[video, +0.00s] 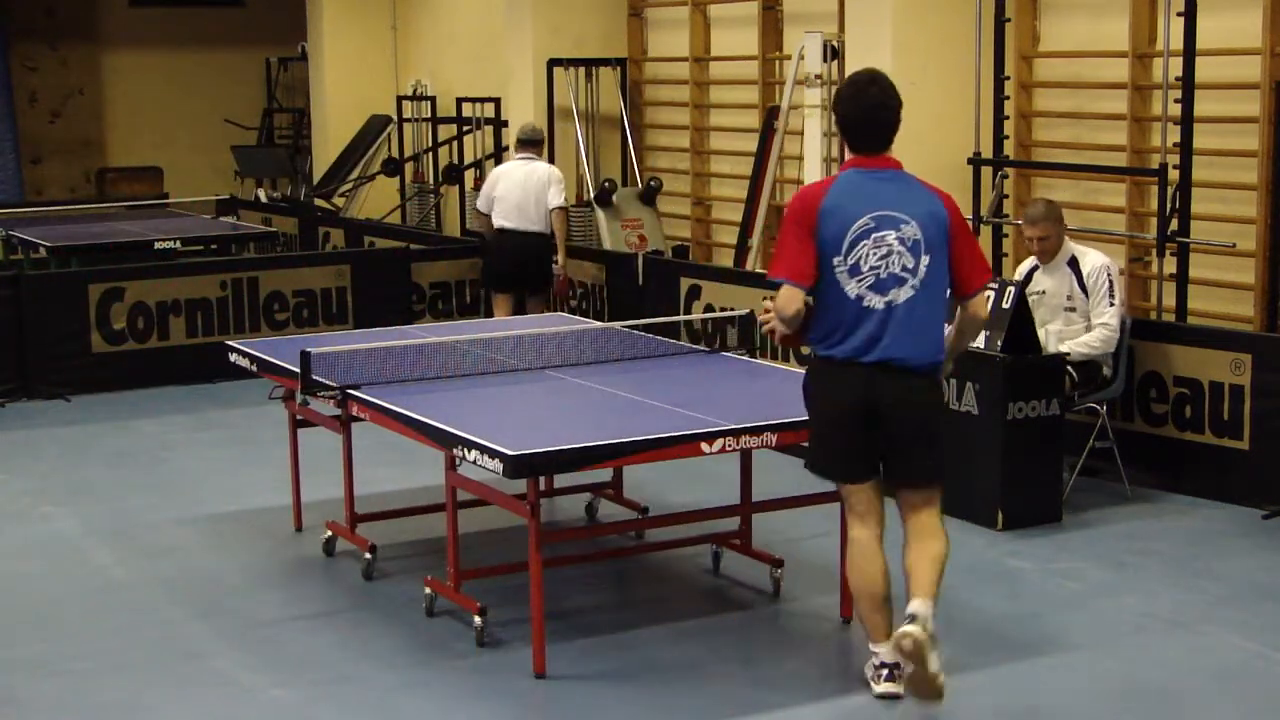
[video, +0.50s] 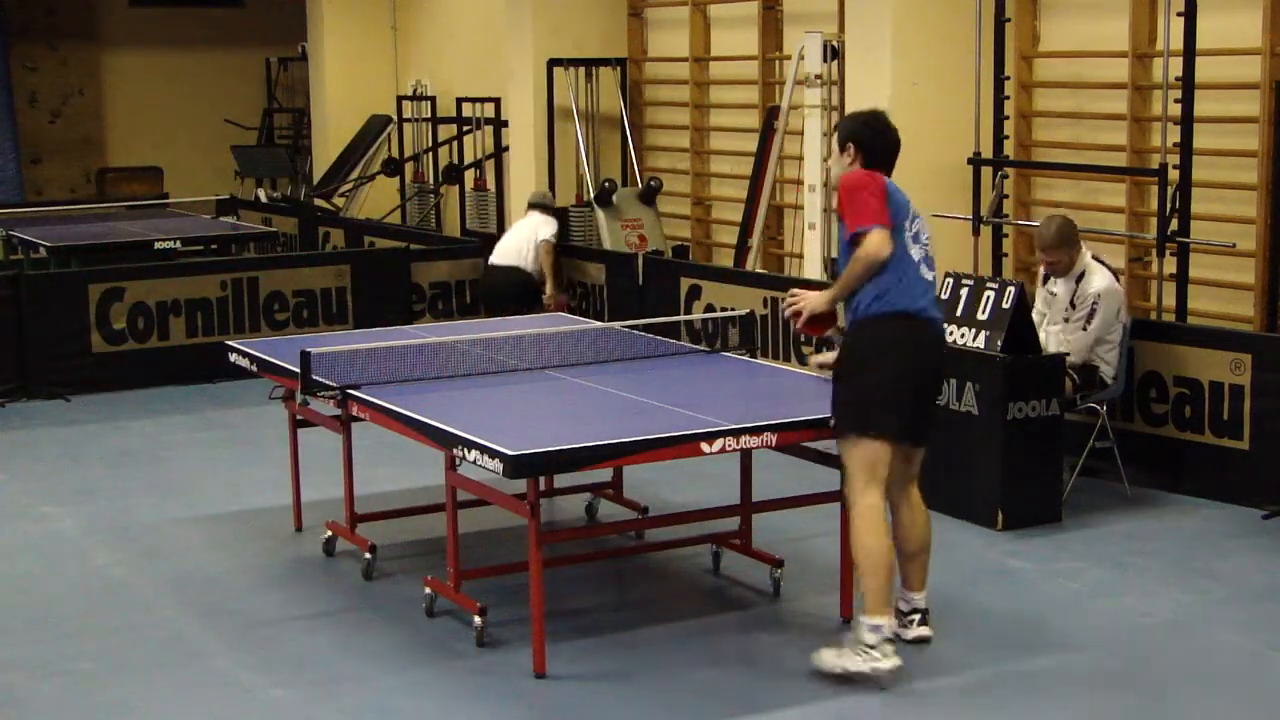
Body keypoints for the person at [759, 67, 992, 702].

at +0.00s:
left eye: (846, 117)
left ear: (839, 128)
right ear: (898, 126)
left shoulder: (812, 202)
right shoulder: (936, 202)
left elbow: (792, 303)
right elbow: (977, 306)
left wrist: (778, 317)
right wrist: (948, 349)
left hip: (840, 387)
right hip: (914, 387)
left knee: (862, 519)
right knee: (922, 510)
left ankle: (883, 660)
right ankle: (919, 614)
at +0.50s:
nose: (834, 160)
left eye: (837, 151)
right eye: (836, 151)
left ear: (851, 152)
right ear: (884, 156)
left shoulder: (858, 182)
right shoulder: (903, 202)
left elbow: (876, 246)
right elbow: (903, 296)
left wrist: (830, 296)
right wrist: (847, 351)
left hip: (884, 340)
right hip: (927, 345)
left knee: (865, 490)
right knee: (904, 485)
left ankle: (875, 635)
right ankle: (914, 610)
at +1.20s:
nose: (812, 147)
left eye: (813, 139)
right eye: (812, 139)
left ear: (824, 140)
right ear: (870, 138)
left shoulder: (824, 189)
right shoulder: (909, 201)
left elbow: (813, 283)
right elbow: (941, 296)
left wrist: (791, 297)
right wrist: (884, 308)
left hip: (836, 355)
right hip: (899, 356)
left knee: (819, 494)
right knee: (898, 485)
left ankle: (822, 638)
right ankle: (914, 609)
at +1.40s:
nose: (789, 140)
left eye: (790, 132)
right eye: (793, 130)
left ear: (797, 137)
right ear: (850, 131)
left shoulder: (783, 201)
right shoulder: (893, 193)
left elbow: (730, 280)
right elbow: (943, 261)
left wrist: (734, 281)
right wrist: (885, 265)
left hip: (808, 379)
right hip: (880, 377)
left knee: (812, 515)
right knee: (892, 499)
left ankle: (825, 655)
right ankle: (911, 620)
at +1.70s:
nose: (758, 131)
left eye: (759, 123)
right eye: (766, 121)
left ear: (767, 131)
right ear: (822, 125)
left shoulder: (758, 197)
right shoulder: (864, 192)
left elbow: (752, 299)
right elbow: (900, 285)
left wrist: (685, 281)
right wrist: (924, 266)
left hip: (780, 382)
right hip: (851, 381)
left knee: (802, 518)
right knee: (851, 520)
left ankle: (822, 659)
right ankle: (849, 653)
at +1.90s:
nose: (748, 138)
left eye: (748, 130)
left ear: (752, 136)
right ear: (809, 131)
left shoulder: (726, 206)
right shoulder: (850, 203)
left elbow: (664, 298)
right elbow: (886, 309)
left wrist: (683, 277)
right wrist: (844, 272)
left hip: (741, 390)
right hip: (814, 393)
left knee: (769, 517)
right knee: (828, 540)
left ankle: (771, 656)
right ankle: (830, 692)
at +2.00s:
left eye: (734, 109)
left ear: (728, 116)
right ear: (787, 112)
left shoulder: (699, 190)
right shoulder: (827, 188)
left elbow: (642, 289)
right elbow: (865, 298)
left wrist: (694, 274)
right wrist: (811, 270)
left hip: (715, 371)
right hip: (790, 377)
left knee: (744, 510)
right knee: (805, 533)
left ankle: (699, 656)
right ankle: (814, 695)